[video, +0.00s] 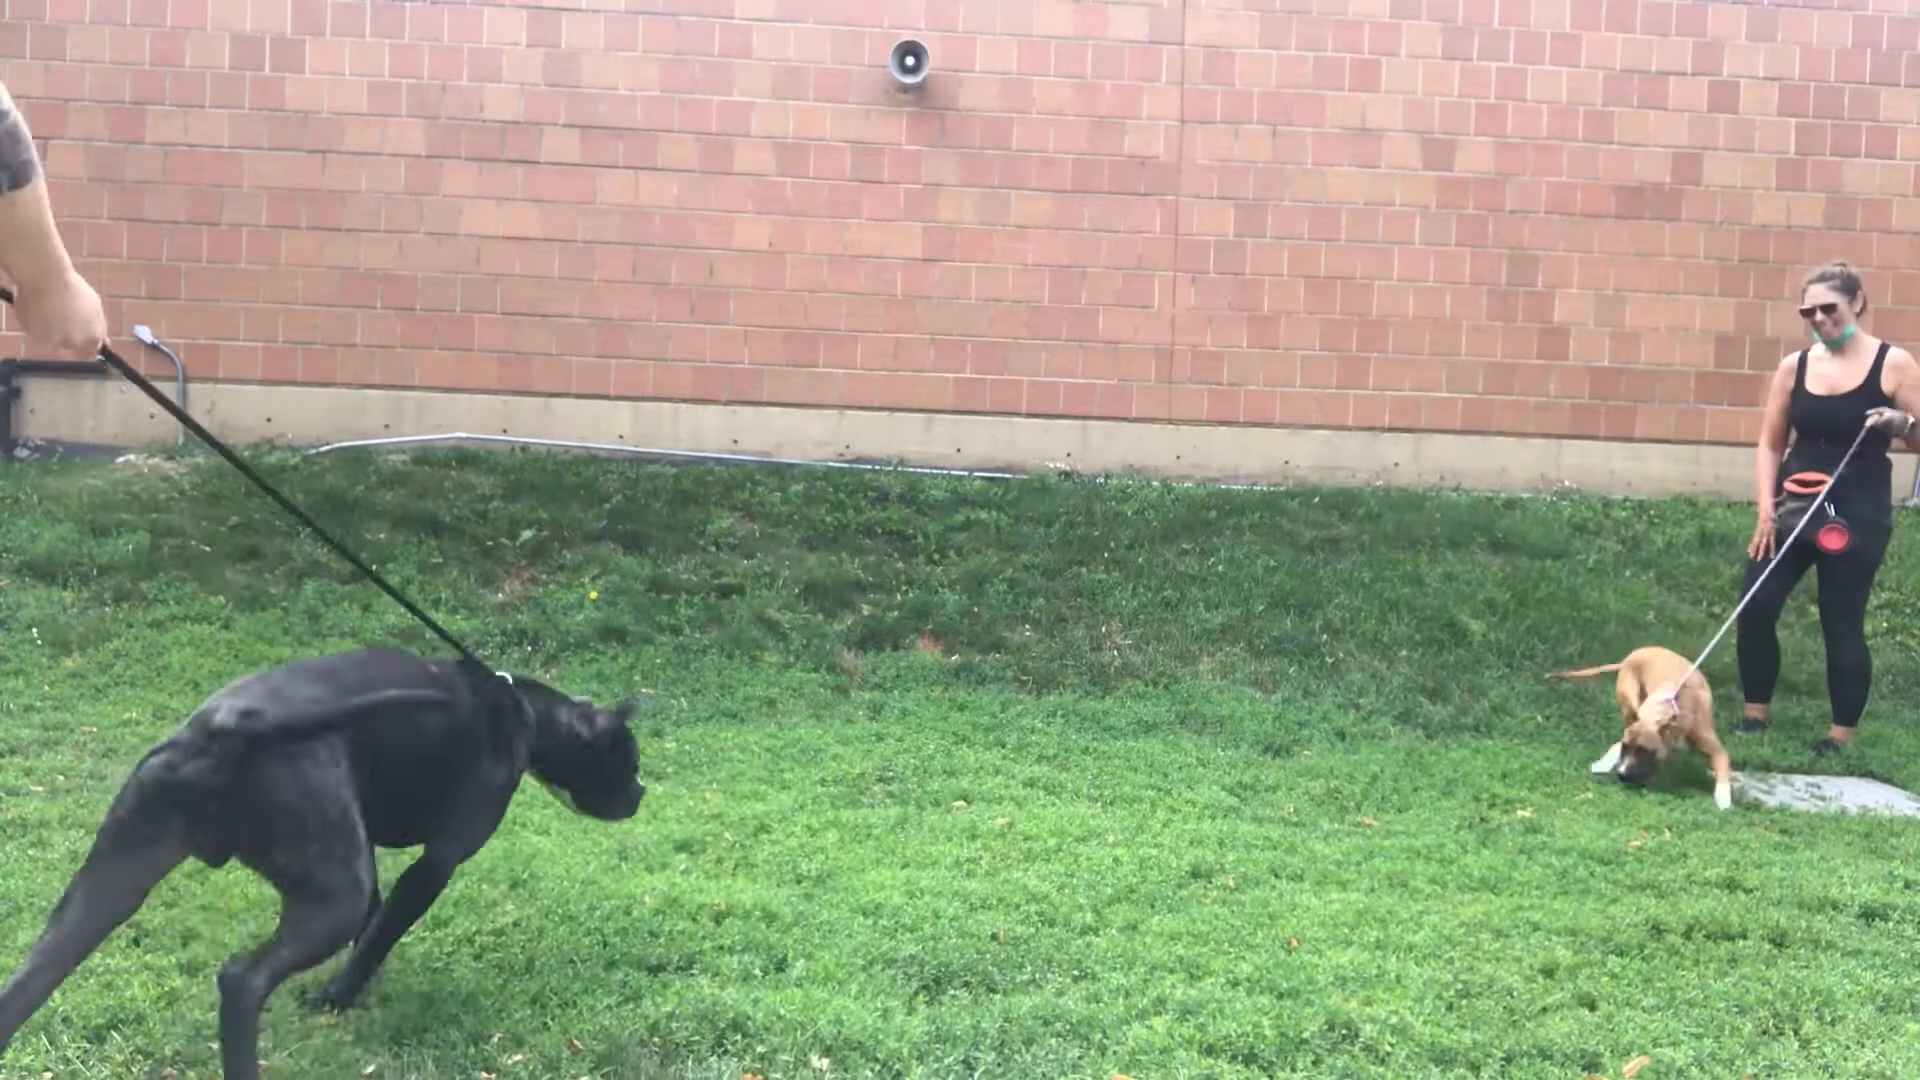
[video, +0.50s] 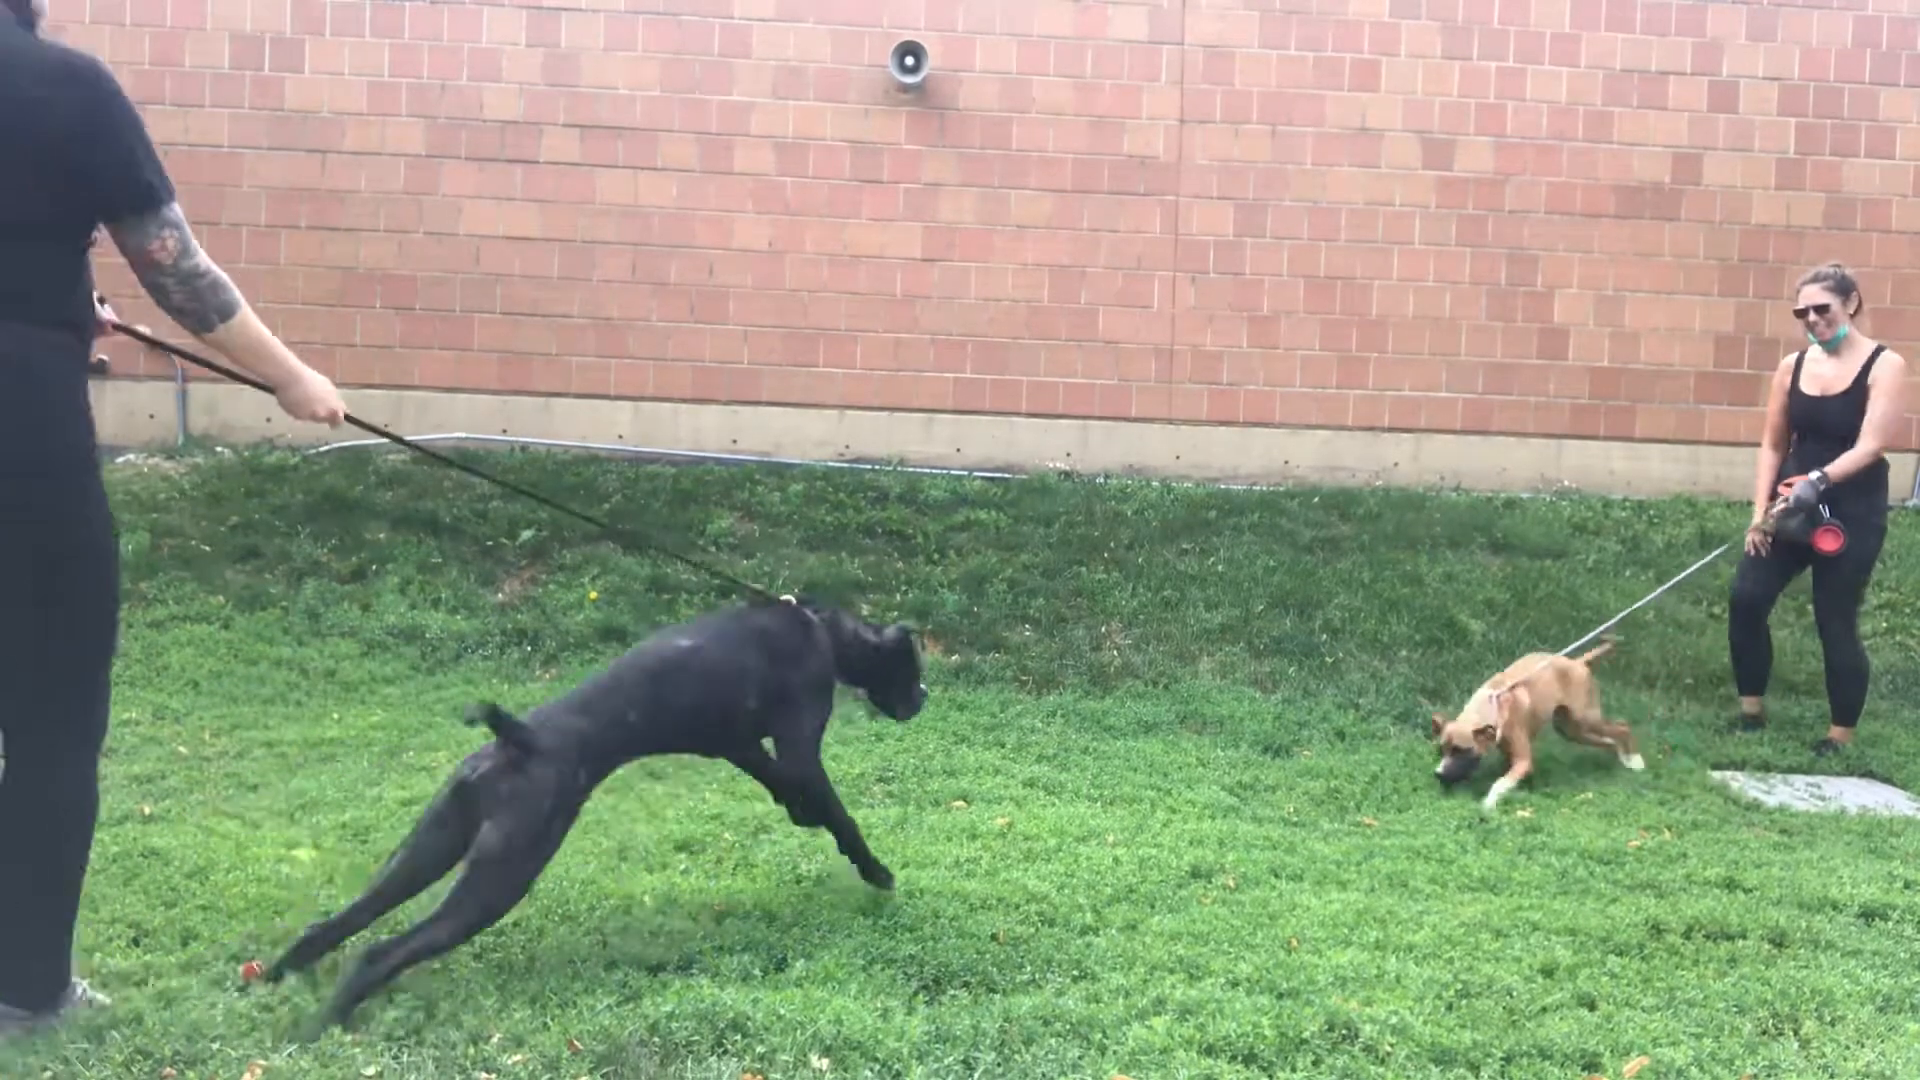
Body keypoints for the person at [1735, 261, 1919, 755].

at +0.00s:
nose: (1819, 319)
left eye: (1829, 308)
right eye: (1810, 311)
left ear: (1855, 305)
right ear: (1804, 313)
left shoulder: (1894, 365)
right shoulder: (1794, 366)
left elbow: (1918, 439)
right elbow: (1769, 445)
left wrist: (1900, 425)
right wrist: (1765, 511)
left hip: (1858, 511)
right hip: (1794, 507)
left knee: (1841, 618)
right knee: (1755, 603)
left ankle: (1841, 732)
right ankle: (1755, 714)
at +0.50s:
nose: (1812, 320)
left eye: (1822, 309)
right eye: (1804, 313)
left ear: (1850, 304)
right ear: (1799, 314)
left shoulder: (1884, 365)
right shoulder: (1792, 366)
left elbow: (1871, 447)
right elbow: (1771, 445)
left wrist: (1815, 482)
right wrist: (1759, 513)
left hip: (1854, 509)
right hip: (1793, 503)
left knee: (1834, 617)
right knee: (1746, 596)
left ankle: (1841, 736)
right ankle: (1750, 712)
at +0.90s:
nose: (1742, 322)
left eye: (1751, 312)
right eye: (1735, 314)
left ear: (1781, 309)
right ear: (1732, 316)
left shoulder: (1804, 366)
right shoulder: (1757, 364)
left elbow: (1778, 434)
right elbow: (1754, 440)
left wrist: (1740, 475)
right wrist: (1727, 492)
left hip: (1795, 516)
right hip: (1750, 509)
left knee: (1799, 623)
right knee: (1707, 602)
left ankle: (1838, 732)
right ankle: (1686, 716)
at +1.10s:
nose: (1697, 325)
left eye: (1706, 315)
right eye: (1690, 317)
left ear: (1735, 310)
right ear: (1686, 315)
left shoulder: (1754, 360)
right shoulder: (1708, 365)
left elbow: (1732, 414)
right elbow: (1697, 433)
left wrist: (1692, 444)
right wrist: (1679, 483)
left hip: (1753, 503)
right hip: (1710, 500)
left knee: (1709, 607)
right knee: (1680, 602)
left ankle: (1794, 705)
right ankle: (1683, 718)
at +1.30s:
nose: (1669, 320)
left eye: (1678, 310)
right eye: (1661, 313)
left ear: (1705, 304)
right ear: (1655, 313)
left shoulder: (1724, 356)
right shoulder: (1683, 358)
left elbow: (1695, 426)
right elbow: (1689, 434)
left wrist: (1655, 472)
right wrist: (1664, 491)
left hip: (1730, 497)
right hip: (1689, 495)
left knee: (1682, 599)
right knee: (1663, 599)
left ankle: (1693, 733)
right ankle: (1679, 722)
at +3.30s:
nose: (1734, 296)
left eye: (1745, 286)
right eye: (1730, 286)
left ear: (1784, 281)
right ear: (1730, 282)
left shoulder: (1810, 344)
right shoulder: (1743, 338)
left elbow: (1757, 416)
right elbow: (1747, 420)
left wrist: (1692, 454)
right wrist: (1733, 478)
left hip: (1805, 501)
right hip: (1752, 494)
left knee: (1773, 615)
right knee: (1696, 605)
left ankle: (1774, 758)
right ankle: (1710, 722)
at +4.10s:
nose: (1770, 287)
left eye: (1781, 277)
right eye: (1767, 277)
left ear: (1825, 270)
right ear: (1769, 273)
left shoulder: (1854, 344)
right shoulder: (1762, 336)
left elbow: (1802, 435)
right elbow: (1740, 430)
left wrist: (1722, 461)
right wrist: (1706, 501)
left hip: (1819, 510)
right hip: (1750, 502)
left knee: (1820, 640)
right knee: (1726, 637)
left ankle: (1864, 791)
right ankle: (1714, 768)